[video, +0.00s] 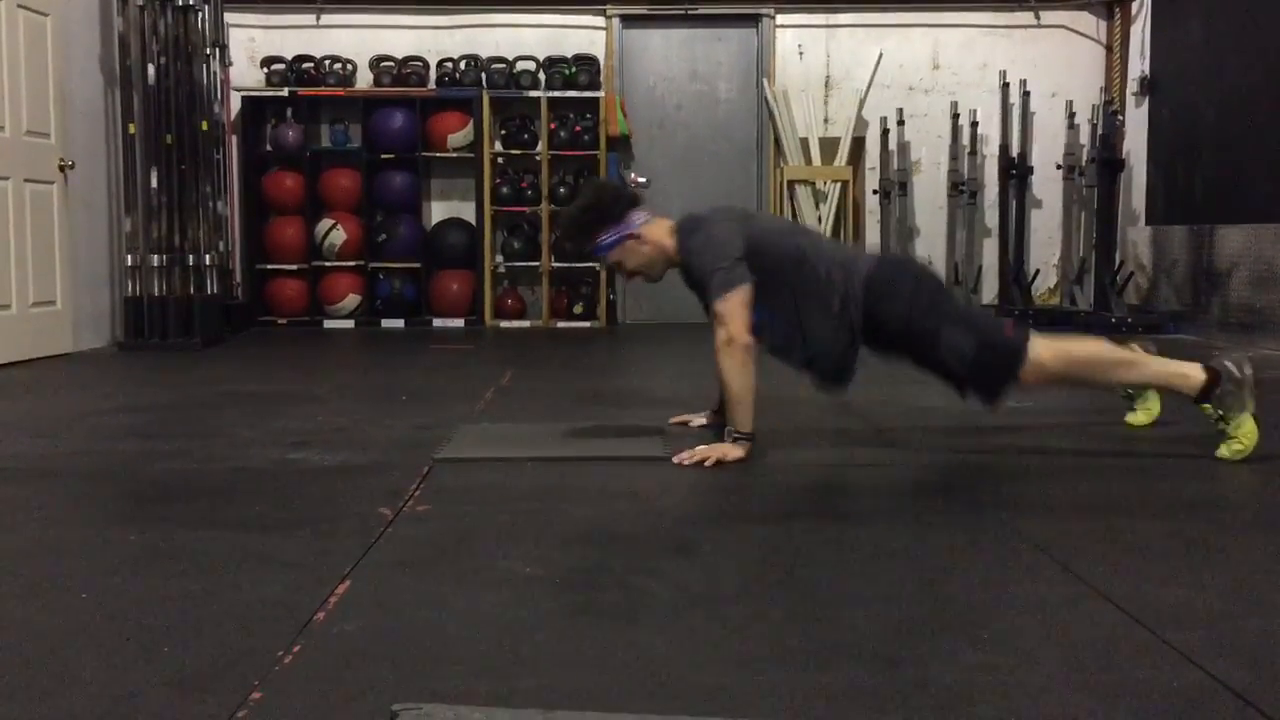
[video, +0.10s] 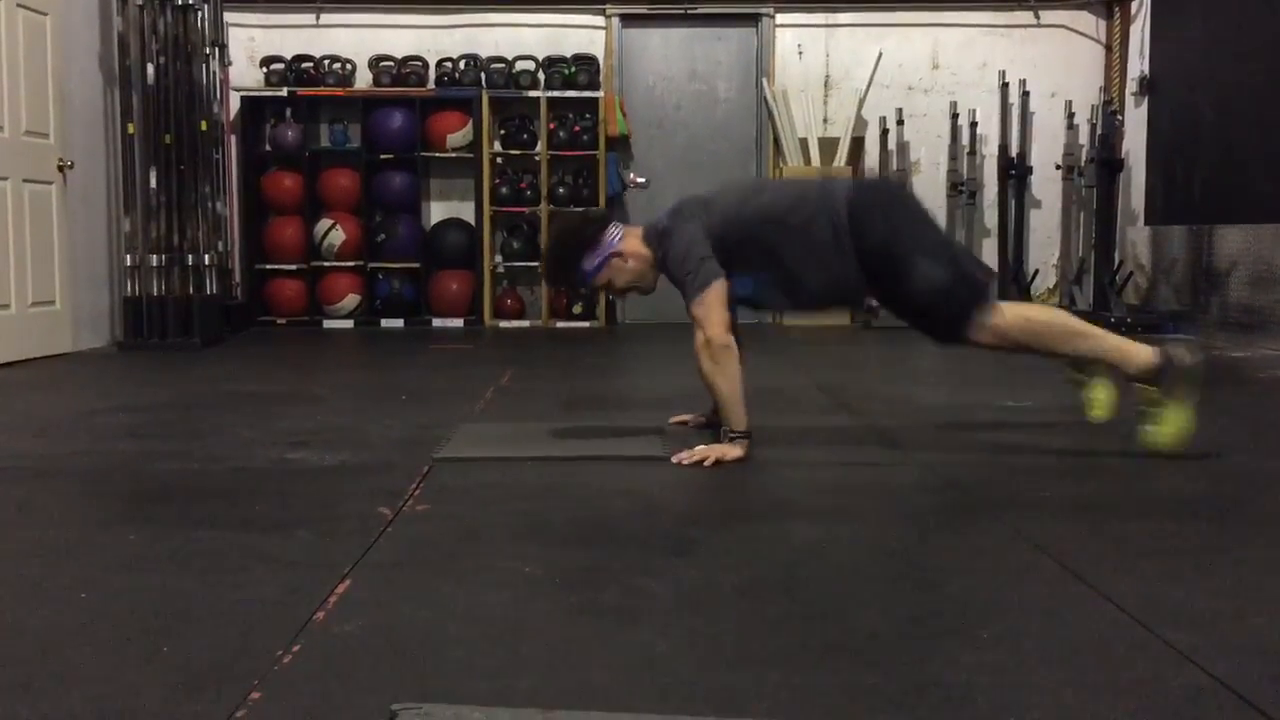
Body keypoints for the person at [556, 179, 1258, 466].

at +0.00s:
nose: (623, 272)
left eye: (615, 259)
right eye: (613, 264)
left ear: (632, 229)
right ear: (632, 232)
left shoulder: (710, 235)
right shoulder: (694, 246)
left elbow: (736, 338)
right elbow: (729, 338)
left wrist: (738, 439)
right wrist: (726, 417)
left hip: (883, 294)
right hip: (875, 303)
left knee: (1020, 357)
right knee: (1006, 349)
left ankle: (1197, 376)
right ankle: (1135, 360)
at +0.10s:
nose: (617, 287)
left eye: (609, 276)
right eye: (606, 283)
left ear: (622, 243)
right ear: (622, 249)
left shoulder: (683, 232)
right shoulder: (677, 240)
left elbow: (715, 338)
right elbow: (715, 336)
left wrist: (735, 435)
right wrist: (719, 411)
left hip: (870, 219)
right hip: (863, 253)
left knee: (987, 320)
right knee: (979, 324)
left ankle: (1148, 359)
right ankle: (1101, 357)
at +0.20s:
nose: (640, 289)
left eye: (629, 281)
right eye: (630, 286)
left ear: (636, 246)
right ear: (639, 241)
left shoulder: (697, 226)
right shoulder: (687, 226)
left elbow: (727, 333)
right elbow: (719, 322)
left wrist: (736, 437)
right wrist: (721, 407)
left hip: (861, 149)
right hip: (847, 162)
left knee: (874, 300)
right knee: (868, 301)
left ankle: (1024, 357)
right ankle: (1000, 350)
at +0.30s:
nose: (648, 277)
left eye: (638, 269)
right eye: (636, 275)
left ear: (646, 233)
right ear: (647, 223)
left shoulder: (706, 219)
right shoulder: (694, 214)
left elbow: (730, 332)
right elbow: (722, 322)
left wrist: (736, 435)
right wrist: (718, 410)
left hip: (859, 135)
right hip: (845, 134)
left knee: (780, 268)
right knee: (776, 265)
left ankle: (873, 383)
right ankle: (873, 375)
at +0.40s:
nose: (612, 242)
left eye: (603, 230)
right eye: (601, 235)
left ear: (616, 197)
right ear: (620, 190)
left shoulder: (681, 205)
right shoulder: (673, 199)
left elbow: (712, 312)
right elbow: (710, 305)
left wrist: (730, 417)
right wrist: (713, 400)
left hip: (851, 174)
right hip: (839, 172)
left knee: (743, 290)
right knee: (730, 284)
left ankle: (829, 418)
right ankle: (809, 402)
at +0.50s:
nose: (569, 168)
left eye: (570, 153)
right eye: (563, 157)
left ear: (600, 133)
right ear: (604, 131)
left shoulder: (651, 168)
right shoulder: (646, 161)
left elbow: (681, 268)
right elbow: (677, 264)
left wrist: (693, 367)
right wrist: (682, 353)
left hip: (820, 200)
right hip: (813, 198)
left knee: (708, 310)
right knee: (729, 308)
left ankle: (825, 414)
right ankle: (801, 402)